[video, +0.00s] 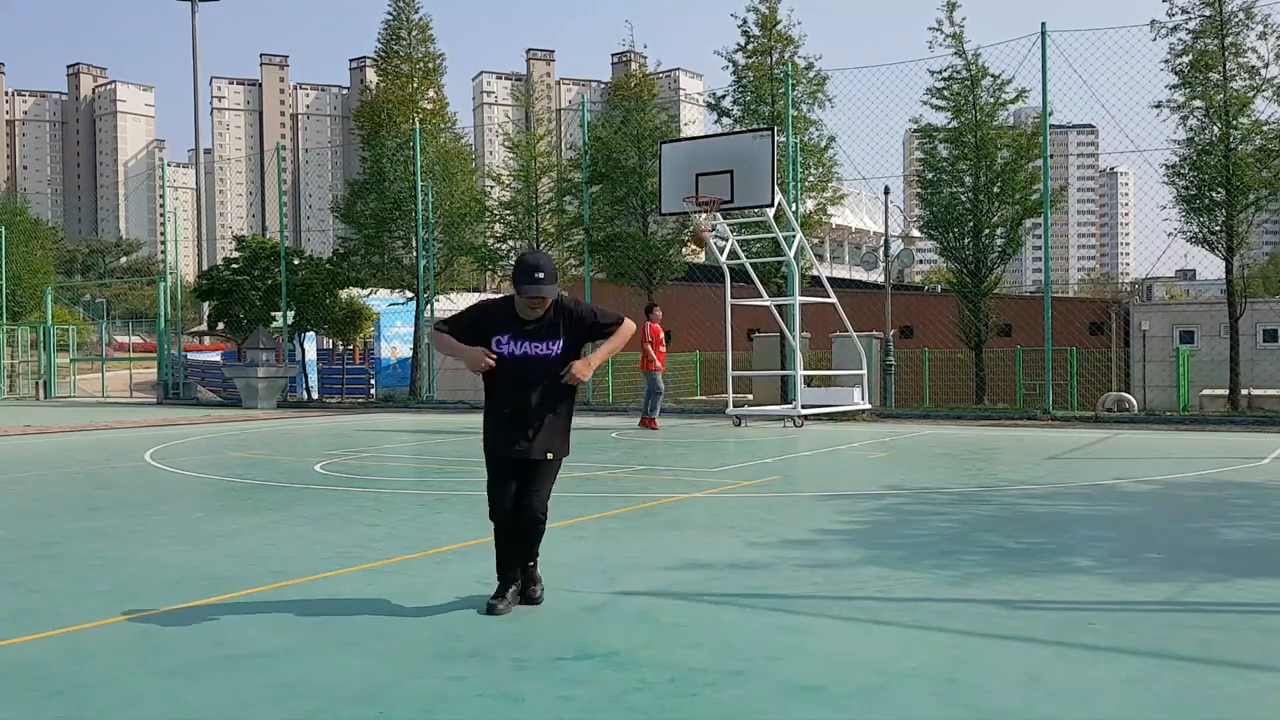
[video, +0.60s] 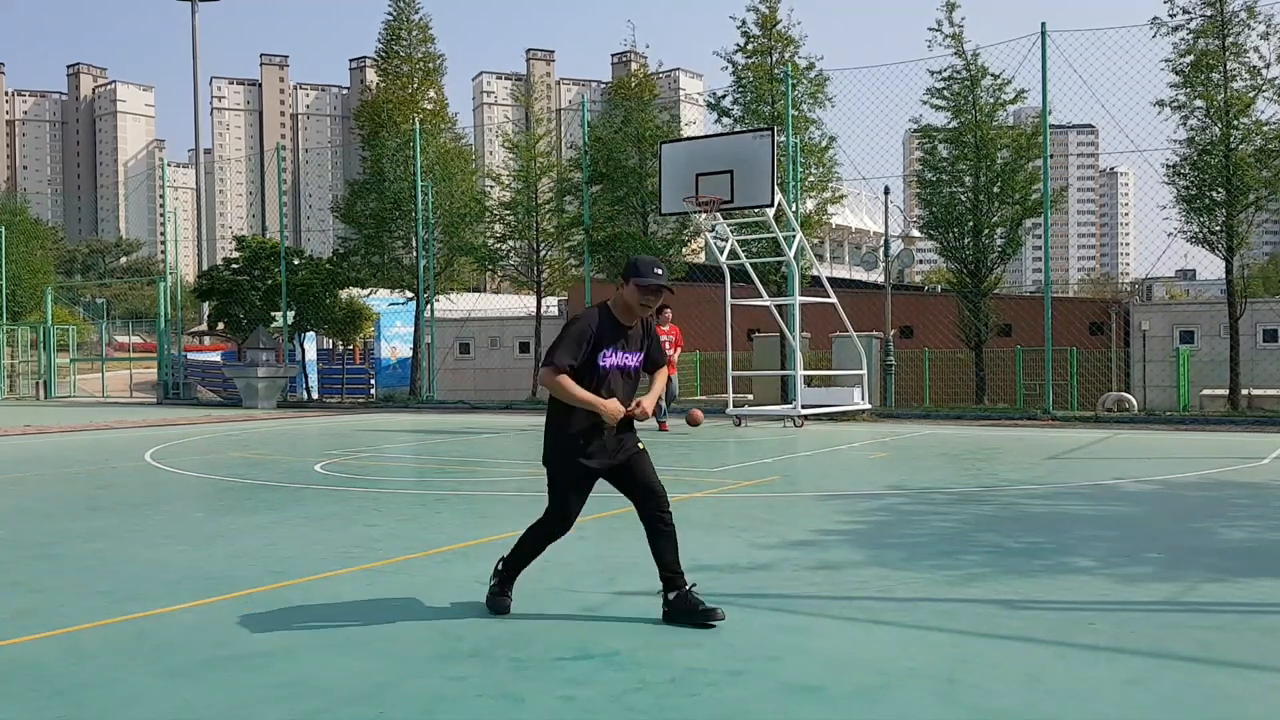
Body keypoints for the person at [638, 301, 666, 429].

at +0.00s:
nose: (660, 313)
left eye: (660, 311)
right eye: (656, 311)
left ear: (660, 313)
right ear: (650, 314)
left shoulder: (657, 327)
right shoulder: (648, 326)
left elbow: (657, 345)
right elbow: (646, 344)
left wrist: (661, 362)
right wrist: (655, 360)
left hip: (656, 365)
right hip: (650, 365)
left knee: (651, 391)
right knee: (659, 389)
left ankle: (646, 417)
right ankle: (651, 417)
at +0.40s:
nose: (665, 316)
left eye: (667, 314)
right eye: (663, 314)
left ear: (668, 316)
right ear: (656, 317)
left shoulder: (671, 330)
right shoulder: (650, 330)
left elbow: (675, 344)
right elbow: (643, 347)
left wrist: (675, 352)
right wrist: (640, 362)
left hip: (667, 366)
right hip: (654, 366)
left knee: (656, 393)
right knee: (660, 393)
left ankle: (647, 416)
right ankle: (662, 420)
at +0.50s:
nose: (667, 317)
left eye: (668, 314)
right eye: (664, 315)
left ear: (670, 316)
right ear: (657, 317)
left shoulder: (674, 331)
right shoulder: (650, 330)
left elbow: (677, 346)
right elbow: (646, 347)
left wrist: (675, 355)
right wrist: (652, 357)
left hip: (669, 366)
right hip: (656, 366)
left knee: (666, 394)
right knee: (661, 395)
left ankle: (651, 414)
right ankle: (663, 420)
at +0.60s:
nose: (669, 316)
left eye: (670, 313)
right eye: (666, 313)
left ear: (672, 315)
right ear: (659, 316)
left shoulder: (675, 329)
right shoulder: (654, 330)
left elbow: (679, 344)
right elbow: (651, 346)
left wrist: (676, 355)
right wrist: (659, 357)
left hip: (671, 365)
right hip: (658, 366)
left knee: (673, 393)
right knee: (660, 394)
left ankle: (660, 409)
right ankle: (662, 420)